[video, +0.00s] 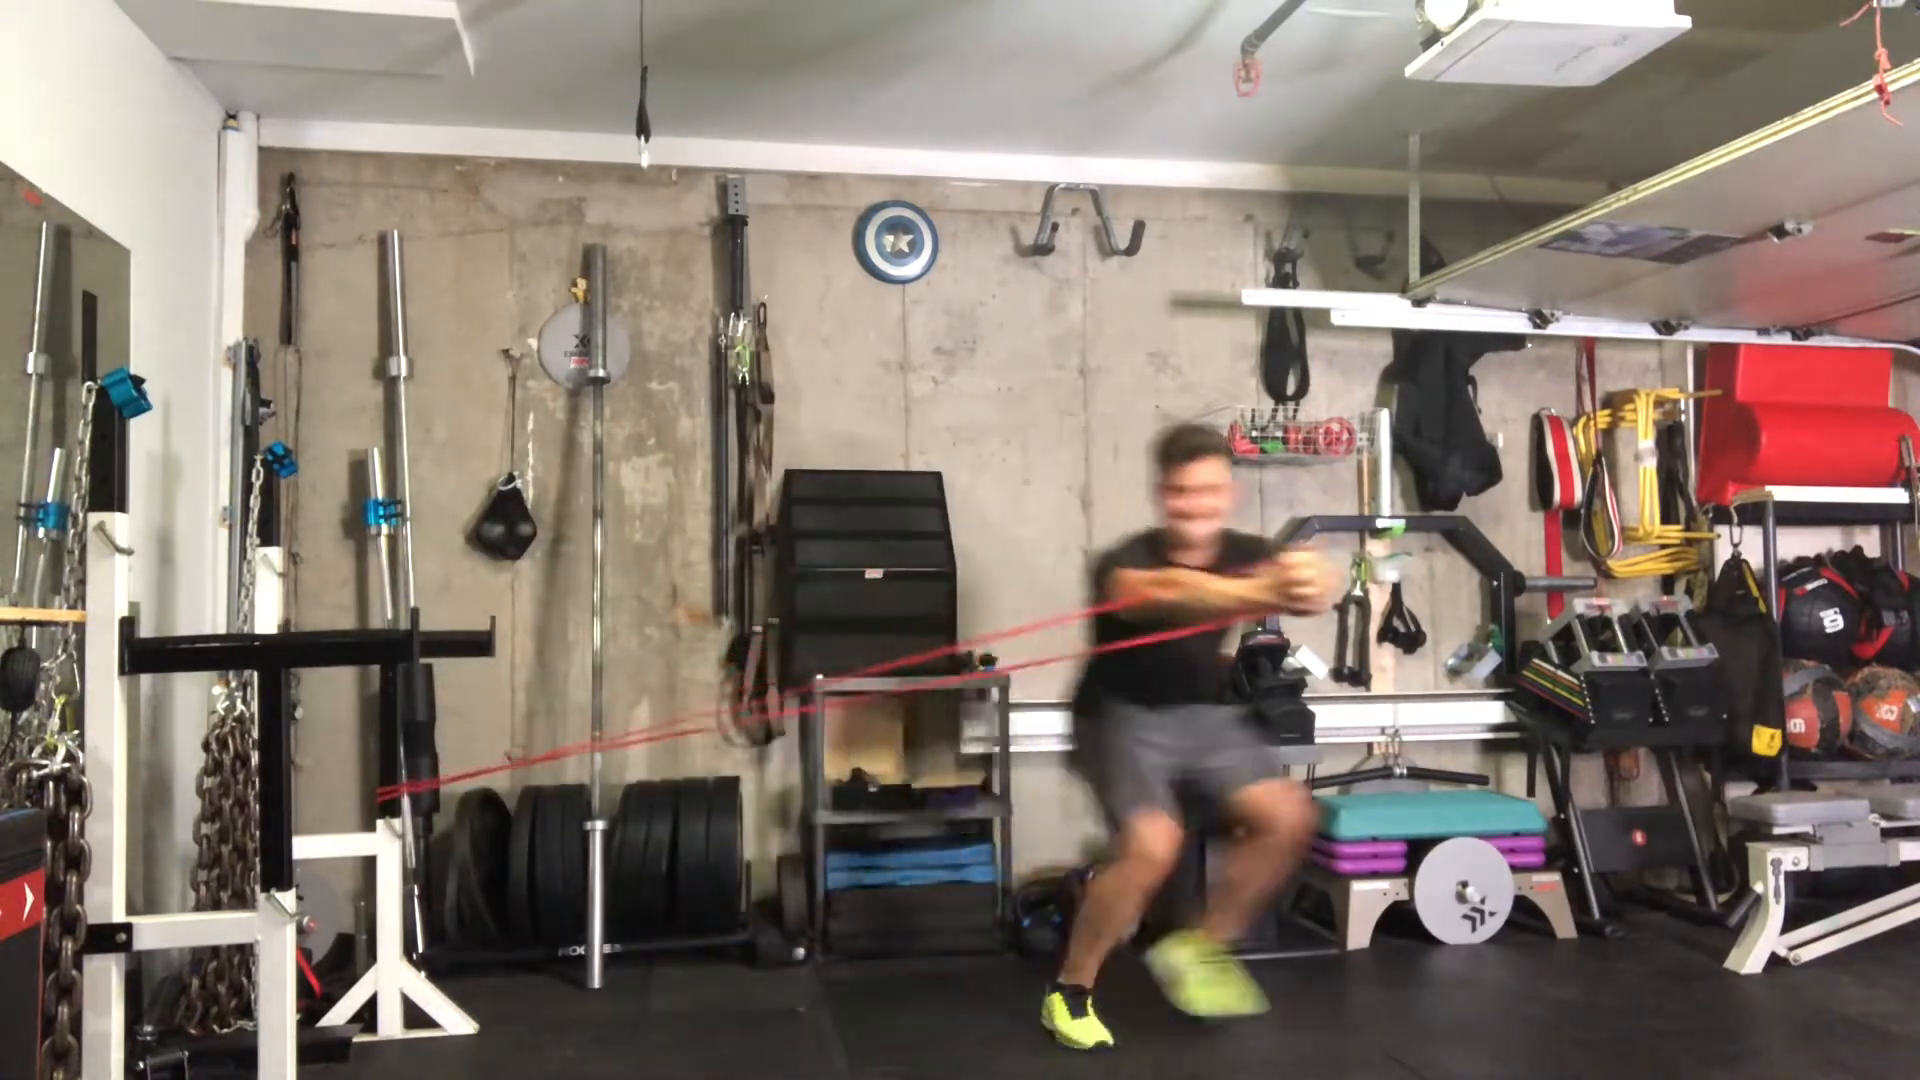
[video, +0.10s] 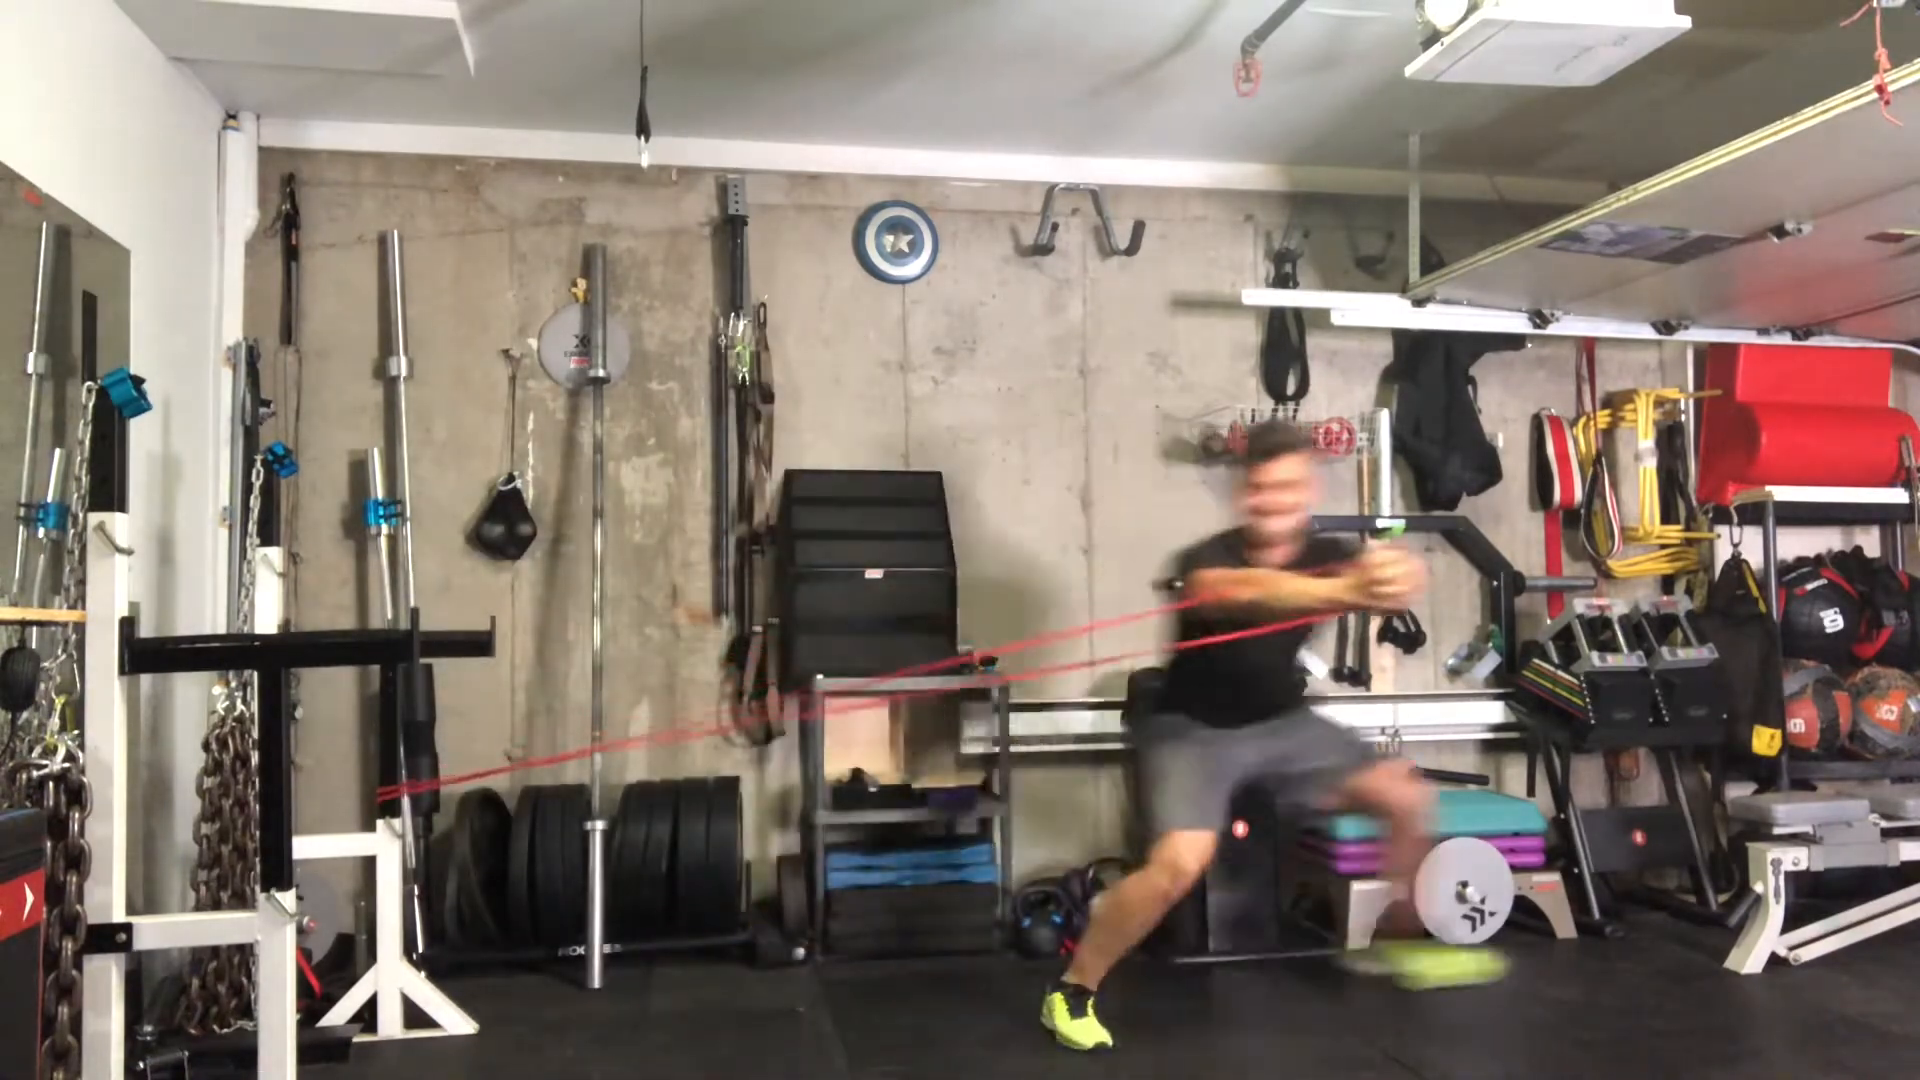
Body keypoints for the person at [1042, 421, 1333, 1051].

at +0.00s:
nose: (1194, 505)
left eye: (1208, 490)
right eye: (1180, 491)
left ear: (1229, 495)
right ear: (1161, 495)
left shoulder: (1247, 555)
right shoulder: (1127, 565)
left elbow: (1302, 588)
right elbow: (1172, 596)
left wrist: (1308, 580)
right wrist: (1265, 592)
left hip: (1210, 719)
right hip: (1127, 722)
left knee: (1287, 815)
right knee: (1152, 844)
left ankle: (1202, 945)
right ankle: (1072, 990)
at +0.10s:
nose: (1272, 501)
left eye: (1288, 487)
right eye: (1260, 488)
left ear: (1310, 493)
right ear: (1243, 493)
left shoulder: (1326, 555)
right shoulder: (1205, 564)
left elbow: (1380, 578)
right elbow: (1246, 593)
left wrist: (1399, 575)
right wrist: (1350, 590)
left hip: (1284, 724)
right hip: (1195, 734)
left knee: (1409, 798)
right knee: (1181, 861)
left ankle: (1403, 935)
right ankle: (1075, 990)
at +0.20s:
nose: (1379, 478)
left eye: (1395, 464)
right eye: (1367, 465)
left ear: (1423, 466)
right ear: (1346, 467)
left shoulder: (1443, 536)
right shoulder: (1302, 543)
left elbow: (1489, 577)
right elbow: (1336, 579)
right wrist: (1439, 582)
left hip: (1382, 718)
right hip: (1287, 727)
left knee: (1511, 818)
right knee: (1223, 858)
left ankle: (1616, 948)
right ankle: (1088, 985)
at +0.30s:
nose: (1485, 494)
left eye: (1499, 478)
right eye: (1470, 479)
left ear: (1523, 480)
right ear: (1444, 483)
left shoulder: (1538, 538)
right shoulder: (1417, 543)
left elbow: (1592, 580)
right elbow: (1395, 571)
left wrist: (1570, 557)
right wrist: (1507, 566)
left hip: (1502, 726)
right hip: (1407, 725)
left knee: (1595, 845)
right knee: (1382, 843)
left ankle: (1670, 977)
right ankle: (1218, 939)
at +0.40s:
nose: (1564, 503)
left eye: (1579, 489)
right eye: (1551, 488)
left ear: (1602, 496)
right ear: (1527, 491)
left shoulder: (1603, 560)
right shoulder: (1491, 551)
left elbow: (1654, 588)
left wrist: (1654, 567)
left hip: (1553, 721)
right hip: (1462, 713)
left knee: (1630, 833)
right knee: (1528, 812)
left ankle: (1675, 974)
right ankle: (1461, 952)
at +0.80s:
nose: (1597, 438)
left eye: (1615, 425)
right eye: (1588, 425)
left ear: (1656, 434)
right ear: (1577, 435)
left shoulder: (1697, 513)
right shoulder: (1544, 503)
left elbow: (1678, 566)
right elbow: (1509, 563)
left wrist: (1601, 580)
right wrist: (1567, 570)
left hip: (1641, 691)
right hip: (1548, 686)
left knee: (1687, 817)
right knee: (1564, 803)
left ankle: (1682, 970)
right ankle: (1552, 966)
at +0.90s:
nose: (1571, 416)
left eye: (1588, 402)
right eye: (1565, 404)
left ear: (1633, 407)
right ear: (1560, 413)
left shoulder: (1681, 498)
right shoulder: (1531, 490)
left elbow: (1633, 569)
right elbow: (1473, 567)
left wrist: (1536, 599)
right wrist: (1490, 595)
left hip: (1638, 681)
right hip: (1538, 671)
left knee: (1684, 818)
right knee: (1519, 791)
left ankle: (1682, 970)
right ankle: (1521, 950)